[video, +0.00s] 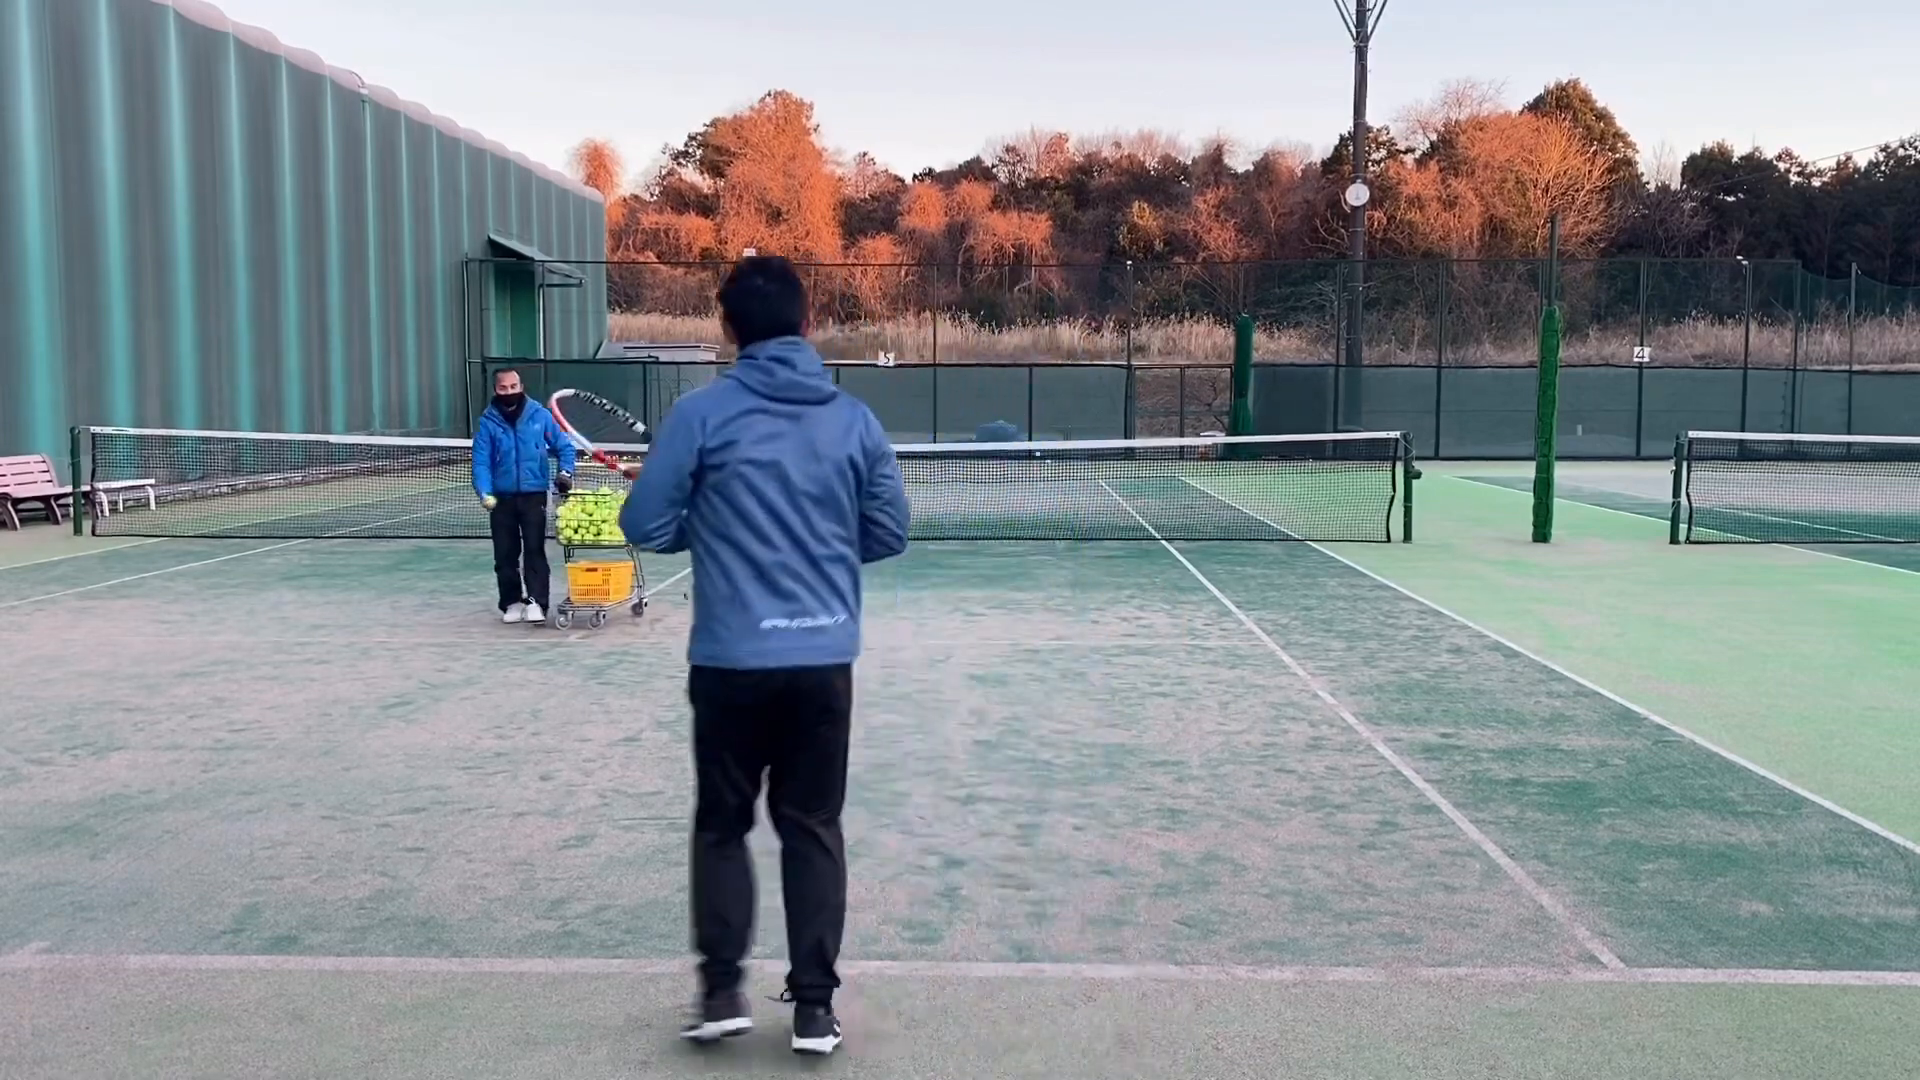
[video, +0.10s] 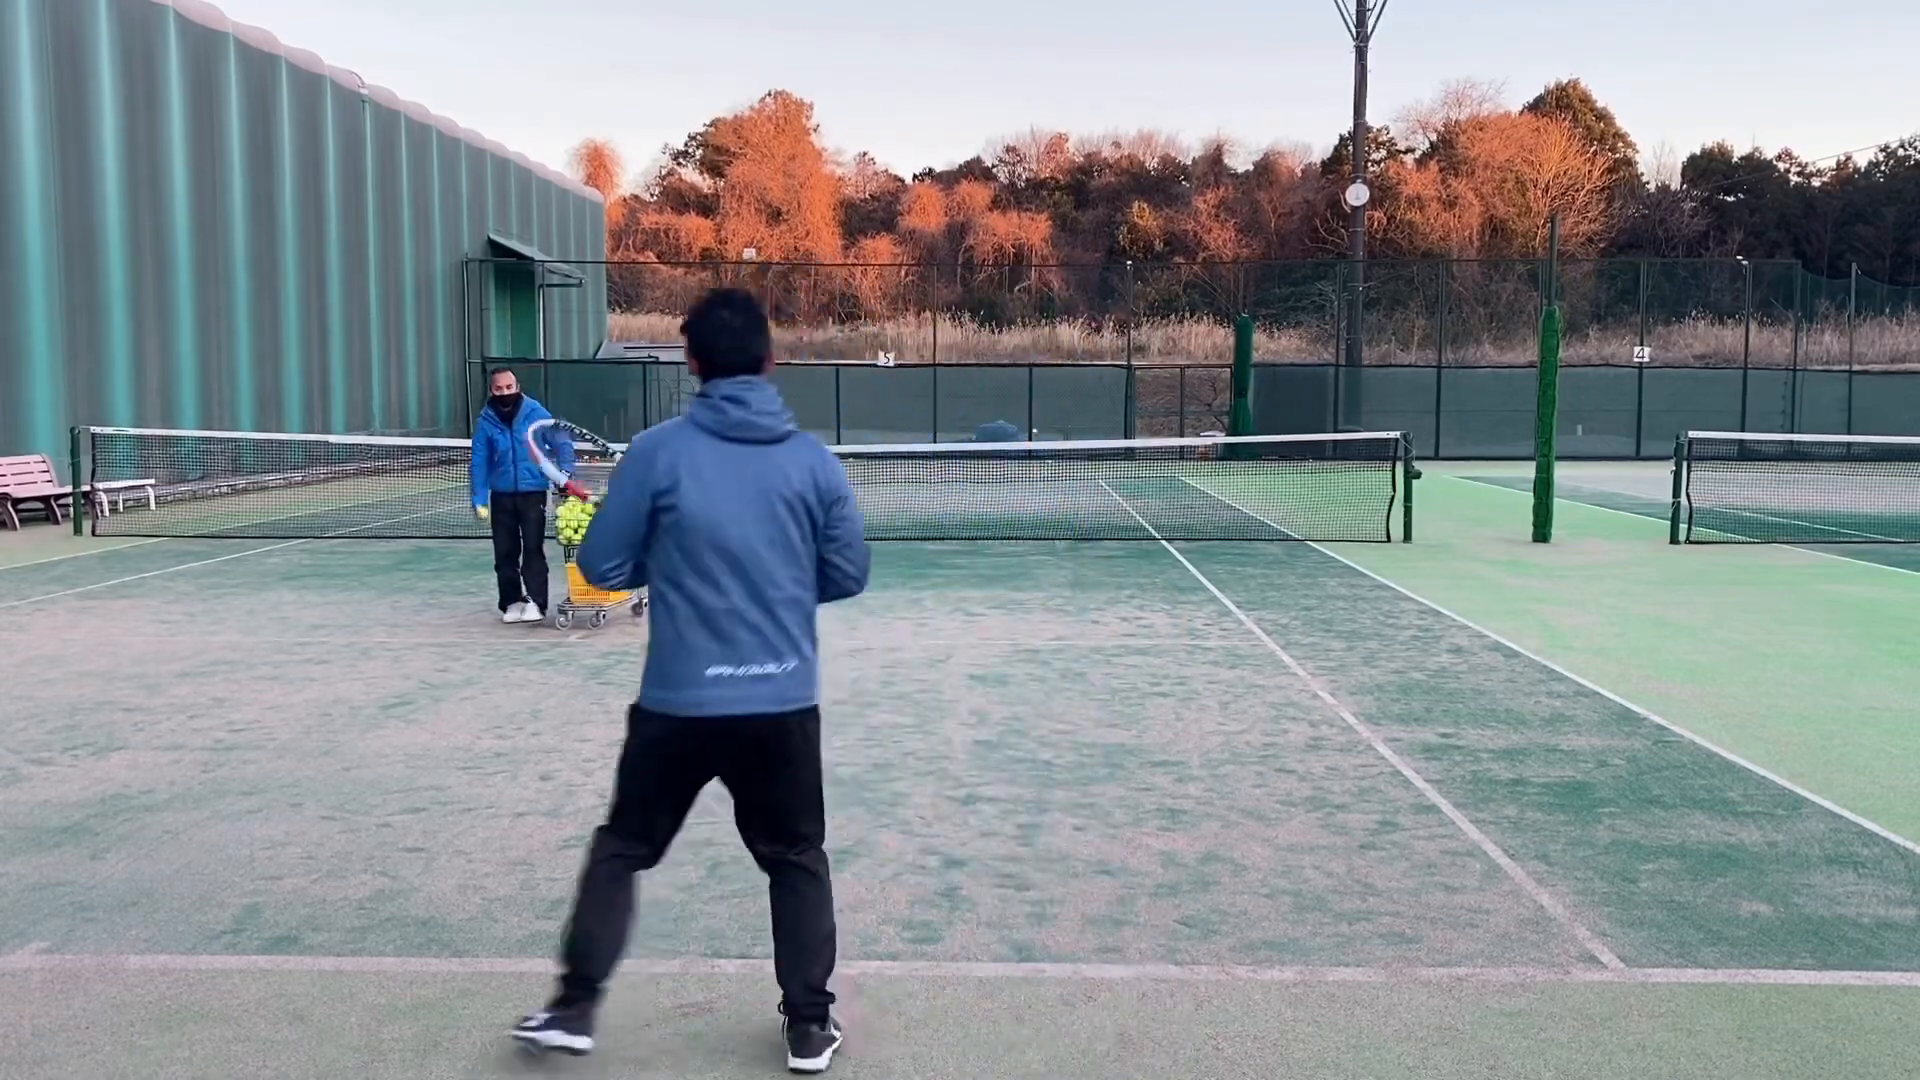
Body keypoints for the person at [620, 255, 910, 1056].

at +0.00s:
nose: (722, 334)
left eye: (724, 323)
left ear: (730, 328)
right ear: (804, 323)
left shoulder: (703, 410)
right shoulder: (852, 416)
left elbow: (645, 525)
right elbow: (887, 533)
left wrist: (714, 520)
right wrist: (812, 538)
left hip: (730, 662)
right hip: (823, 662)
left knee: (721, 820)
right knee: (814, 822)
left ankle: (721, 991)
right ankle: (815, 1007)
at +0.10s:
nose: (689, 365)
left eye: (687, 354)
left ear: (693, 361)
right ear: (771, 358)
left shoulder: (661, 451)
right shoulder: (811, 457)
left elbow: (602, 563)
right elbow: (848, 572)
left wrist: (666, 552)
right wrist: (769, 575)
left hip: (678, 708)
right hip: (783, 708)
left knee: (624, 843)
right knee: (797, 856)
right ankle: (810, 1027)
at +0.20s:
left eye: (641, 372)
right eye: (717, 371)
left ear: (640, 381)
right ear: (719, 380)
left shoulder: (597, 473)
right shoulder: (753, 481)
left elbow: (550, 586)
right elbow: (786, 600)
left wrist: (622, 569)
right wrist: (713, 595)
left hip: (620, 731)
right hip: (729, 729)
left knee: (540, 857)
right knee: (781, 866)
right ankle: (808, 1025)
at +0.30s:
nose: (657, 385)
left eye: (579, 376)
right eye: (655, 375)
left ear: (578, 383)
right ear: (656, 382)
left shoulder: (526, 471)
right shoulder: (683, 484)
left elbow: (482, 581)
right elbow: (720, 604)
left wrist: (537, 554)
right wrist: (641, 593)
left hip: (544, 732)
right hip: (656, 732)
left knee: (475, 865)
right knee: (725, 862)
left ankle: (419, 1035)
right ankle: (801, 1017)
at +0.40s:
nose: (618, 352)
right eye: (614, 342)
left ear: (527, 353)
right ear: (607, 355)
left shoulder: (475, 437)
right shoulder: (636, 461)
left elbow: (427, 539)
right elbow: (665, 578)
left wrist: (494, 471)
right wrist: (589, 556)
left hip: (491, 707)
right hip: (602, 708)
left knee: (451, 859)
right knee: (667, 855)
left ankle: (415, 1036)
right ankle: (728, 1017)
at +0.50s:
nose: (579, 324)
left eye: (483, 315)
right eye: (577, 314)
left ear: (488, 322)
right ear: (571, 323)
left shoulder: (440, 407)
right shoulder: (606, 426)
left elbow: (392, 510)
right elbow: (632, 547)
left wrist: (470, 507)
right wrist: (557, 531)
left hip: (466, 678)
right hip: (568, 680)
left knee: (438, 840)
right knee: (603, 840)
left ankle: (407, 1010)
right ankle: (612, 1014)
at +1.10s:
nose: (554, 375)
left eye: (550, 363)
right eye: (554, 364)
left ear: (469, 368)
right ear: (545, 373)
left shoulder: (424, 449)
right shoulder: (525, 460)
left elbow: (470, 554)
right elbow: (587, 578)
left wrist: (559, 580)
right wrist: (626, 590)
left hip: (401, 710)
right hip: (484, 716)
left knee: (382, 869)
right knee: (578, 864)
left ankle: (306, 1036)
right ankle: (529, 1043)